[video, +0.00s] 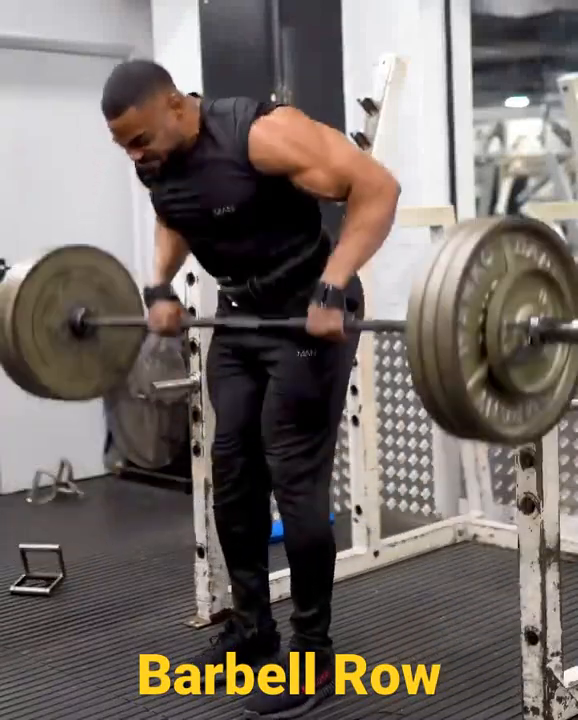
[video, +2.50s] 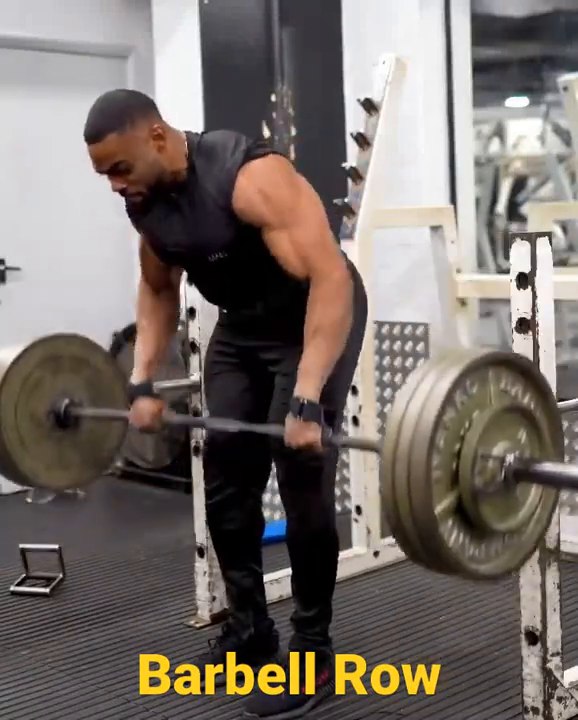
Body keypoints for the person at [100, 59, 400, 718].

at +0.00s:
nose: (136, 157)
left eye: (142, 140)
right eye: (126, 147)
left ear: (181, 108)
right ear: (121, 134)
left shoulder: (267, 134)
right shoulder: (160, 163)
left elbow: (379, 188)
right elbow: (178, 217)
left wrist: (331, 288)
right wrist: (161, 284)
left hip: (309, 323)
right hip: (238, 322)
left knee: (295, 477)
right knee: (232, 476)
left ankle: (311, 653)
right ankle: (253, 626)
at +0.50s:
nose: (133, 176)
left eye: (139, 159)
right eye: (124, 165)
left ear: (178, 128)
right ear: (120, 154)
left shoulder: (268, 167)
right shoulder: (158, 192)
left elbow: (350, 271)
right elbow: (169, 276)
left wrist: (320, 385)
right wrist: (153, 367)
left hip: (316, 331)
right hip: (245, 338)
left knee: (305, 488)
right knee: (230, 484)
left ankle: (311, 649)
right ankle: (250, 628)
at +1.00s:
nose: (108, 220)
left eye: (114, 204)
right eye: (99, 209)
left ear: (155, 174)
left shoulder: (252, 230)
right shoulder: (141, 244)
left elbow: (304, 356)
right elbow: (151, 352)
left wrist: (317, 484)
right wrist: (152, 454)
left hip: (326, 312)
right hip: (248, 324)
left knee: (293, 465)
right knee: (218, 468)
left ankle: (310, 648)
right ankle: (248, 626)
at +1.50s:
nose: (106, 220)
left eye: (114, 203)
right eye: (98, 206)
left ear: (159, 183)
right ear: (96, 198)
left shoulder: (248, 237)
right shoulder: (140, 252)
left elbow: (298, 366)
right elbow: (148, 358)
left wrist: (308, 492)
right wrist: (146, 464)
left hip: (331, 313)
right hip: (249, 328)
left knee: (296, 477)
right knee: (223, 471)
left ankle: (308, 650)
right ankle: (248, 629)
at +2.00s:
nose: (109, 163)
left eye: (115, 146)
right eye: (99, 152)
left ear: (155, 115)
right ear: (98, 142)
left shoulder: (246, 140)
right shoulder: (143, 172)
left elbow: (363, 187)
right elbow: (164, 224)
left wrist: (320, 285)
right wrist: (148, 283)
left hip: (303, 316)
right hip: (230, 319)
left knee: (292, 471)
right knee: (221, 469)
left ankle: (311, 648)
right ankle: (248, 625)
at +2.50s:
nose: (115, 186)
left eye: (119, 168)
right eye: (106, 175)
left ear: (160, 137)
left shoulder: (253, 176)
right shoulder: (147, 201)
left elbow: (332, 277)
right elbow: (158, 288)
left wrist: (307, 398)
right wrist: (142, 380)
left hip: (315, 321)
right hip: (241, 332)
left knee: (302, 475)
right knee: (226, 481)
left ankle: (311, 646)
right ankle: (248, 627)